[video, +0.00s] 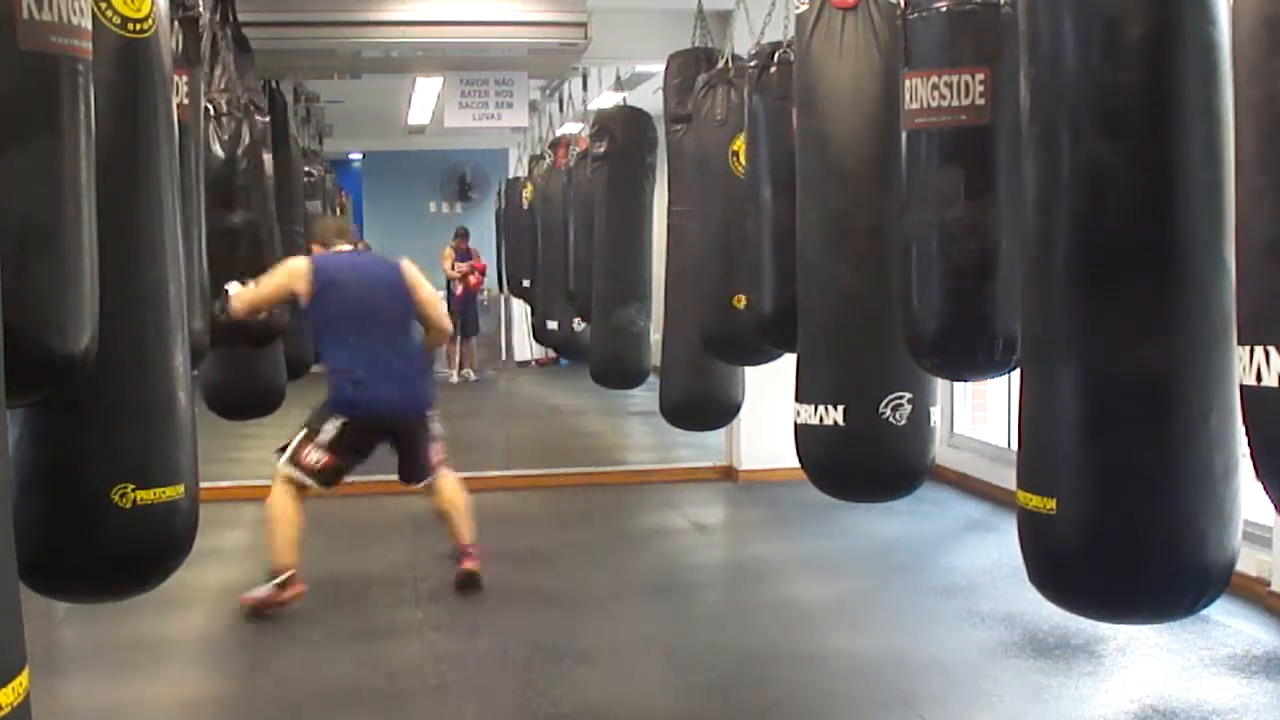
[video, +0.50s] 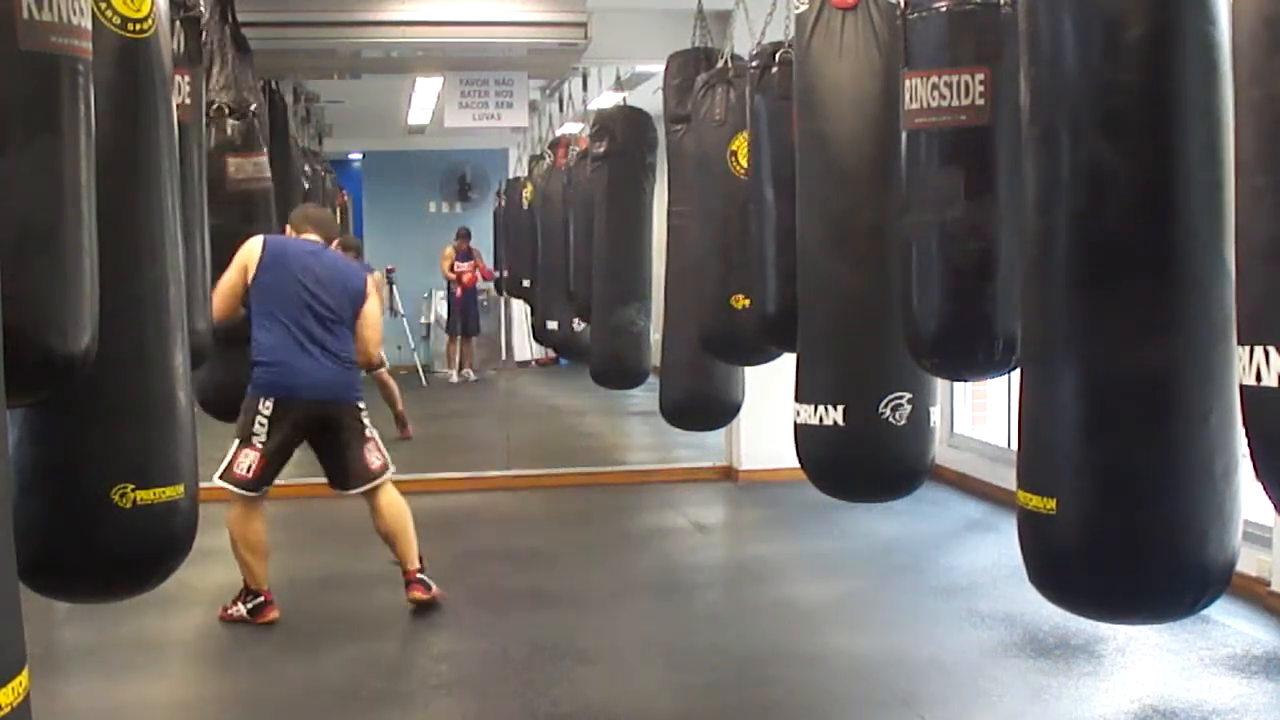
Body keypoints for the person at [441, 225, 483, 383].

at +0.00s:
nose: (462, 245)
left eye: (464, 242)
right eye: (459, 241)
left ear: (468, 241)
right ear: (454, 240)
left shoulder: (473, 253)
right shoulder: (449, 252)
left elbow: (481, 269)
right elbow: (448, 272)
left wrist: (468, 267)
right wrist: (464, 273)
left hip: (469, 296)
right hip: (454, 296)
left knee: (468, 335)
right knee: (453, 335)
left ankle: (467, 367)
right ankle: (453, 369)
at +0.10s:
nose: (462, 245)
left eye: (465, 241)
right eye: (460, 241)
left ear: (468, 241)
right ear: (455, 240)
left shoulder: (473, 252)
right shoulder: (450, 252)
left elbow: (480, 269)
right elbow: (449, 271)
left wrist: (466, 269)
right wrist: (462, 275)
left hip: (470, 296)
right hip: (455, 296)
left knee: (468, 336)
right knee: (453, 335)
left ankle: (467, 368)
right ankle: (452, 368)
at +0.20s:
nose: (462, 245)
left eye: (464, 242)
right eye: (459, 241)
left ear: (468, 241)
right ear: (454, 240)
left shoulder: (473, 253)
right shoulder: (450, 252)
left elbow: (481, 271)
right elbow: (451, 271)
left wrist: (465, 270)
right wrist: (466, 278)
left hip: (470, 296)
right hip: (455, 296)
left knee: (468, 335)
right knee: (453, 335)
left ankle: (467, 368)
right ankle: (453, 370)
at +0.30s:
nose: (462, 245)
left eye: (465, 242)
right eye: (460, 242)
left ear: (468, 241)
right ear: (455, 240)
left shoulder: (473, 252)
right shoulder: (450, 252)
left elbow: (481, 270)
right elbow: (452, 273)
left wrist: (464, 270)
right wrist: (471, 277)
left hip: (470, 296)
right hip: (455, 297)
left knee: (468, 335)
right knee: (454, 335)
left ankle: (467, 368)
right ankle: (453, 370)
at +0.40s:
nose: (463, 245)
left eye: (466, 242)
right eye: (461, 242)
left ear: (469, 241)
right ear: (456, 240)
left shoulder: (473, 252)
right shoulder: (450, 252)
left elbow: (484, 270)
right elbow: (449, 271)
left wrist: (467, 270)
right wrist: (463, 279)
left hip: (470, 295)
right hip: (455, 295)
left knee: (468, 335)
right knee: (453, 335)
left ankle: (467, 368)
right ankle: (453, 369)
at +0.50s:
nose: (463, 245)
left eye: (465, 242)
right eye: (461, 242)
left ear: (469, 241)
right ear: (456, 240)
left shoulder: (474, 253)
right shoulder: (450, 252)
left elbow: (482, 268)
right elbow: (445, 270)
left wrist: (483, 272)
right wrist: (457, 277)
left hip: (470, 294)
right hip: (455, 294)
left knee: (468, 335)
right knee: (453, 335)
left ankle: (467, 368)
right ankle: (453, 369)